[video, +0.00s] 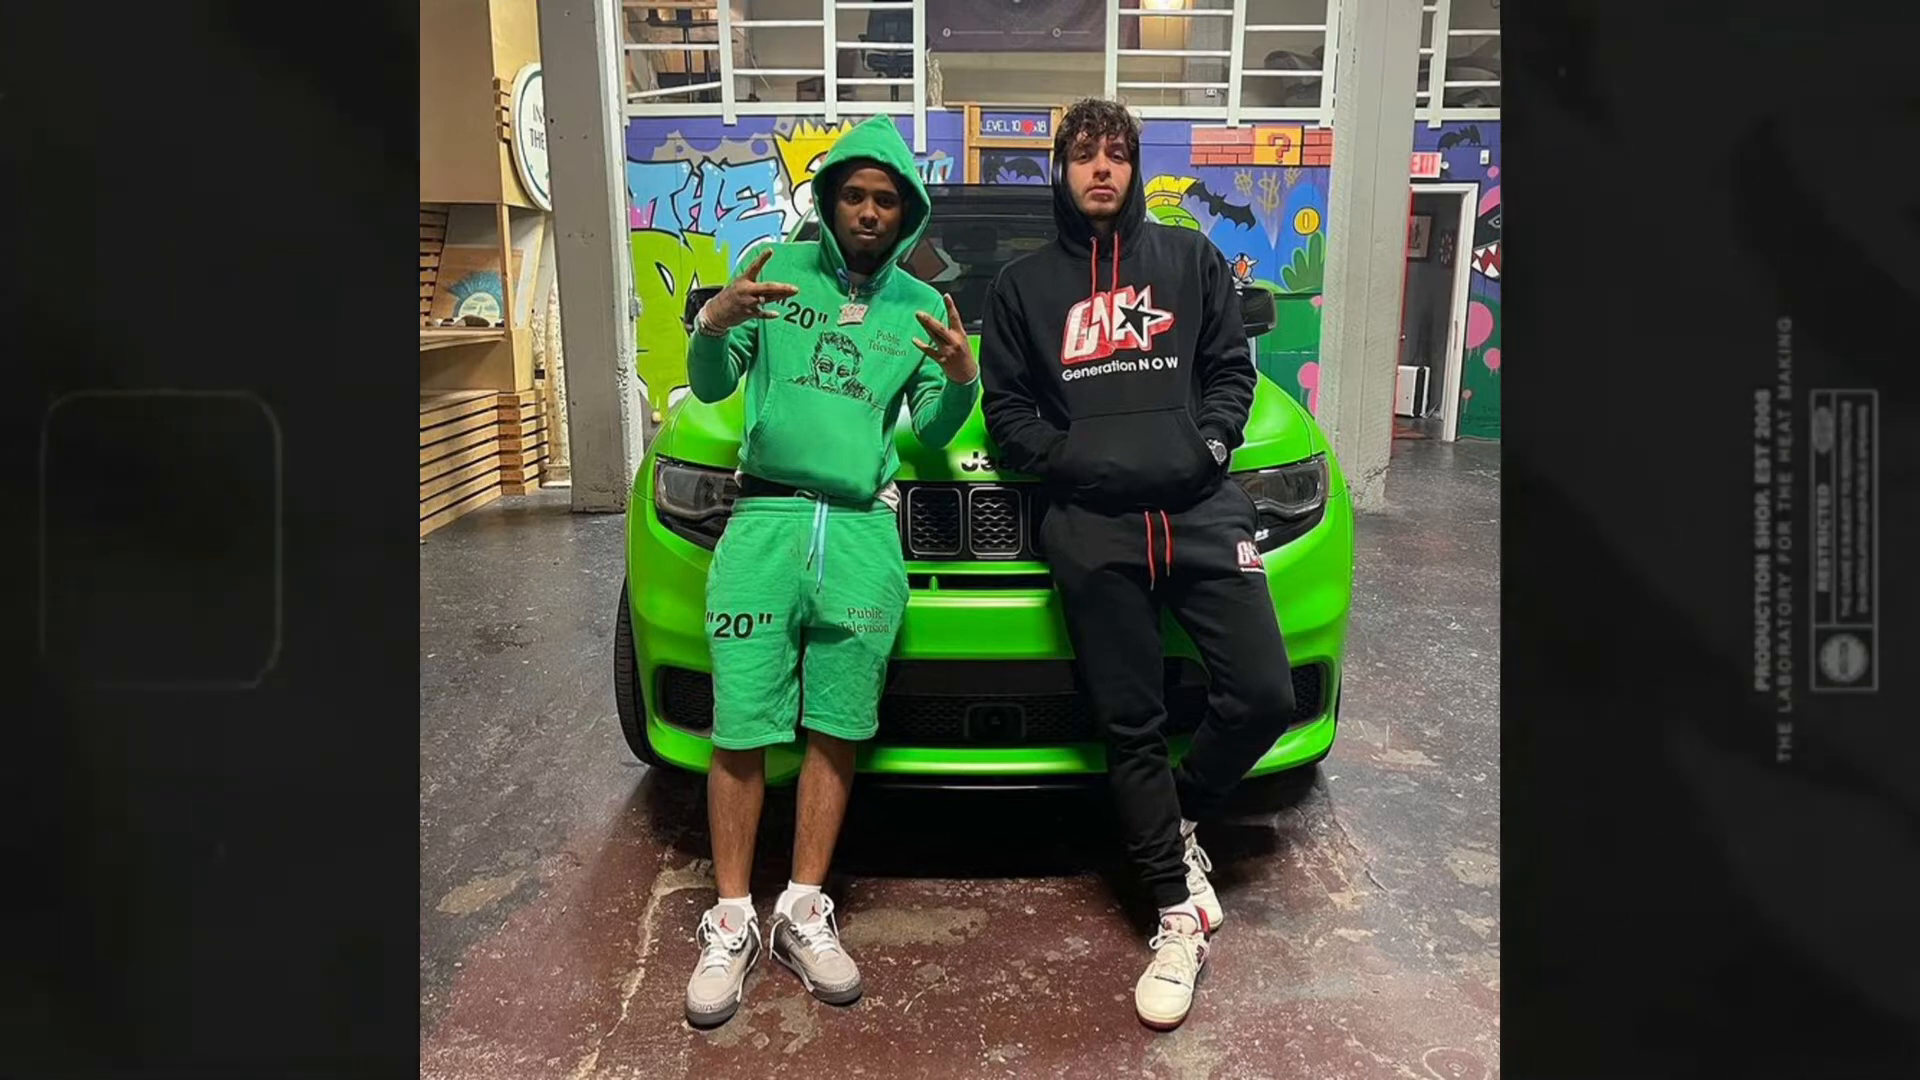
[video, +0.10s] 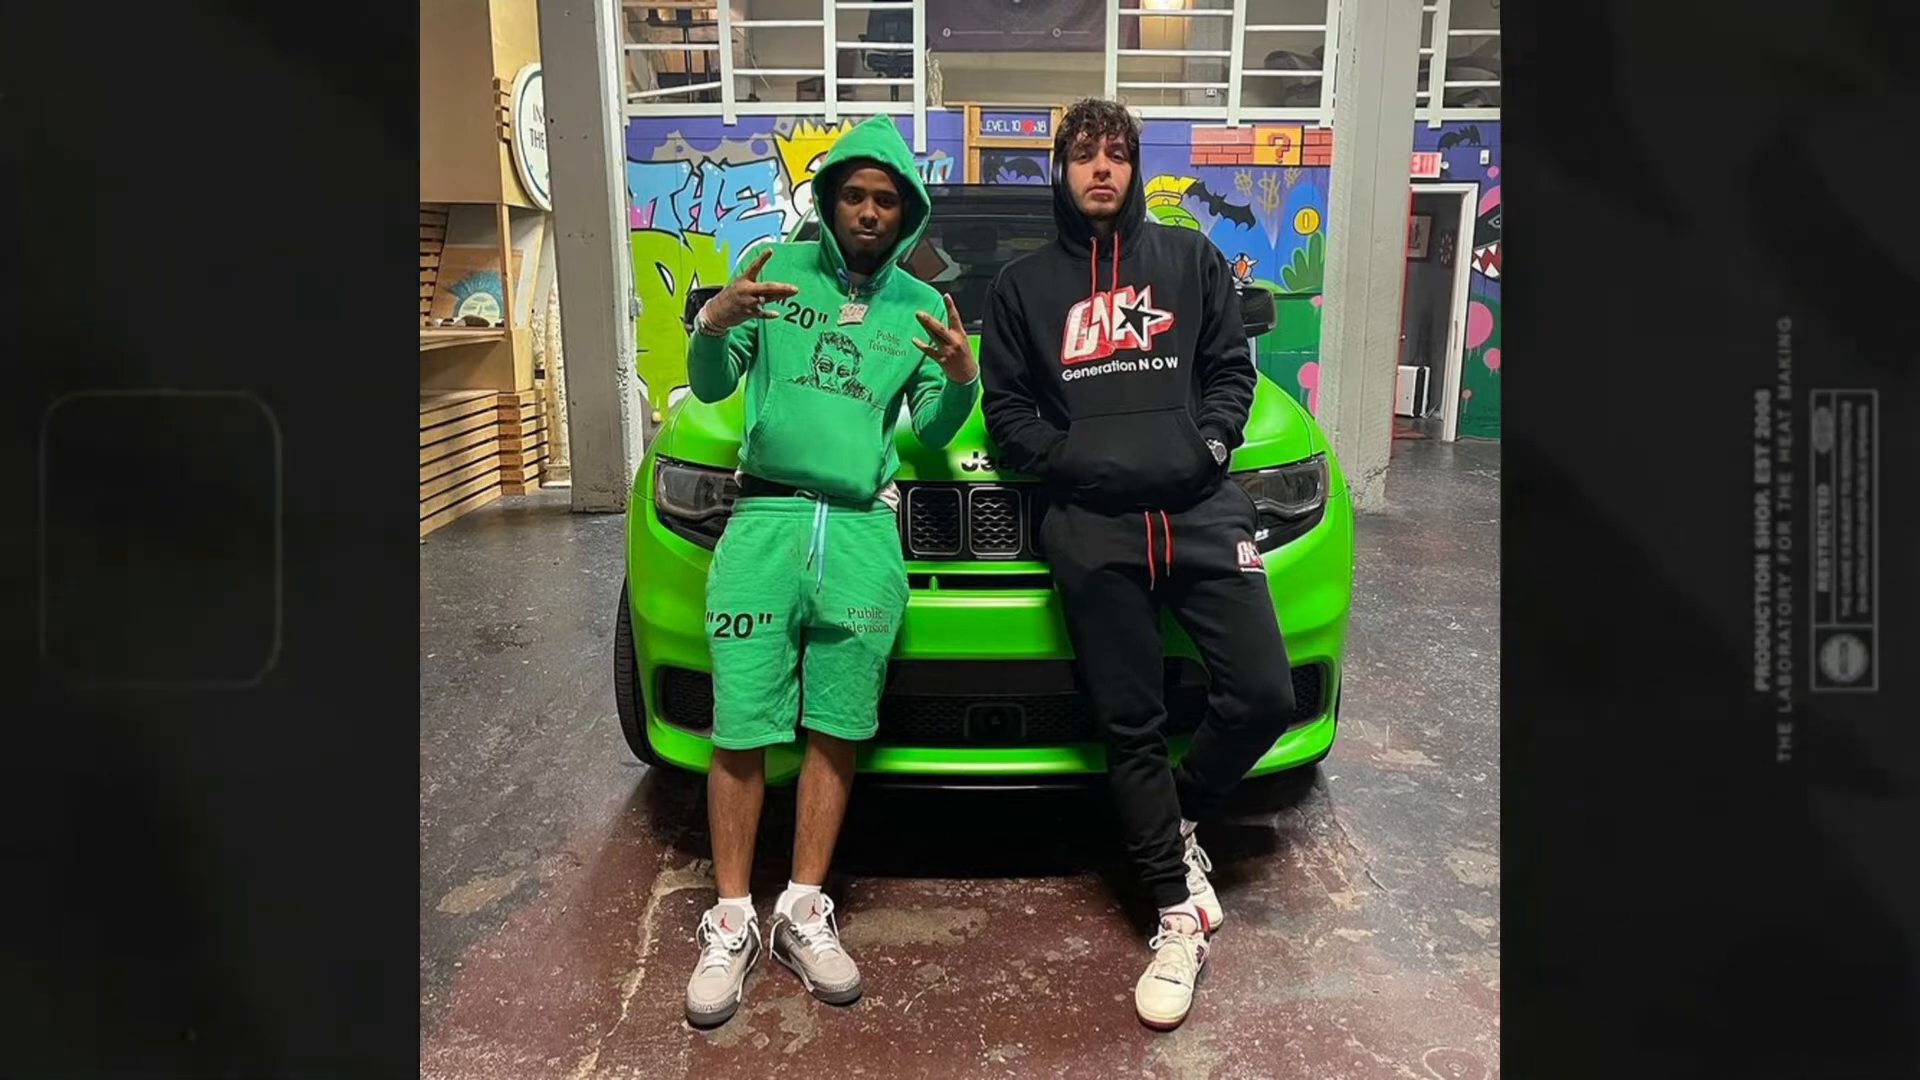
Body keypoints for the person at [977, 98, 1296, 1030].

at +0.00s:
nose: (1102, 171)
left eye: (1115, 158)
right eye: (1087, 158)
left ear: (1137, 171)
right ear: (1061, 172)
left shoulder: (1191, 256)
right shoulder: (1017, 280)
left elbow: (1232, 363)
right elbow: (1003, 403)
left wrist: (1209, 444)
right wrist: (1064, 457)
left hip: (1200, 503)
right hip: (1091, 514)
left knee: (1262, 692)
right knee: (1131, 719)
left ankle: (1180, 818)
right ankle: (1179, 918)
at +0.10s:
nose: (1101, 171)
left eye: (1115, 158)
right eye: (1087, 159)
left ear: (1137, 170)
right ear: (1062, 171)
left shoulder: (1192, 257)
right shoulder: (1019, 281)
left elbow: (1232, 366)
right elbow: (1005, 404)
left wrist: (1208, 445)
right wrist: (1066, 457)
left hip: (1201, 503)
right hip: (1090, 514)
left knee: (1262, 693)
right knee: (1131, 718)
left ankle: (1179, 820)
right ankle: (1179, 917)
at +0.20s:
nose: (1102, 171)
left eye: (1116, 158)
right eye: (1088, 158)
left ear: (1137, 171)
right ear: (1062, 171)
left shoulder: (1191, 256)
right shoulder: (1017, 280)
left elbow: (1232, 364)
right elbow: (1004, 403)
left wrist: (1209, 444)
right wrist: (1065, 458)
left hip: (1200, 503)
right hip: (1091, 514)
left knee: (1262, 693)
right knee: (1131, 718)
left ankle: (1179, 819)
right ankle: (1179, 917)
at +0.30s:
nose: (1101, 171)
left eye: (1115, 158)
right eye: (1086, 159)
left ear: (1137, 170)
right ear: (1061, 172)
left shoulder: (1193, 257)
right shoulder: (1018, 280)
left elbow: (1232, 366)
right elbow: (1004, 404)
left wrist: (1209, 445)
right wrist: (1065, 456)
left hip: (1200, 503)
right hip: (1090, 513)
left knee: (1263, 692)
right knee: (1131, 718)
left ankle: (1180, 818)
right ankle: (1179, 918)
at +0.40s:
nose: (1101, 171)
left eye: (1115, 158)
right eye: (1087, 159)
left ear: (1137, 170)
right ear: (1062, 171)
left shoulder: (1192, 257)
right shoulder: (1019, 281)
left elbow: (1232, 366)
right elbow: (1005, 404)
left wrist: (1208, 445)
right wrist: (1066, 457)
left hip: (1201, 503)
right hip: (1090, 514)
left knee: (1262, 692)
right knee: (1131, 718)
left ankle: (1179, 820)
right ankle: (1179, 917)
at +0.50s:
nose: (1101, 171)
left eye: (1115, 158)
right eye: (1087, 159)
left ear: (1137, 170)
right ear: (1062, 171)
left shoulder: (1192, 257)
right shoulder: (1019, 281)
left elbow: (1232, 366)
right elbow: (1005, 404)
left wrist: (1208, 445)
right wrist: (1066, 457)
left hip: (1201, 503)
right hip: (1090, 514)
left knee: (1262, 693)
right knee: (1131, 718)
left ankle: (1179, 820)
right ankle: (1179, 917)